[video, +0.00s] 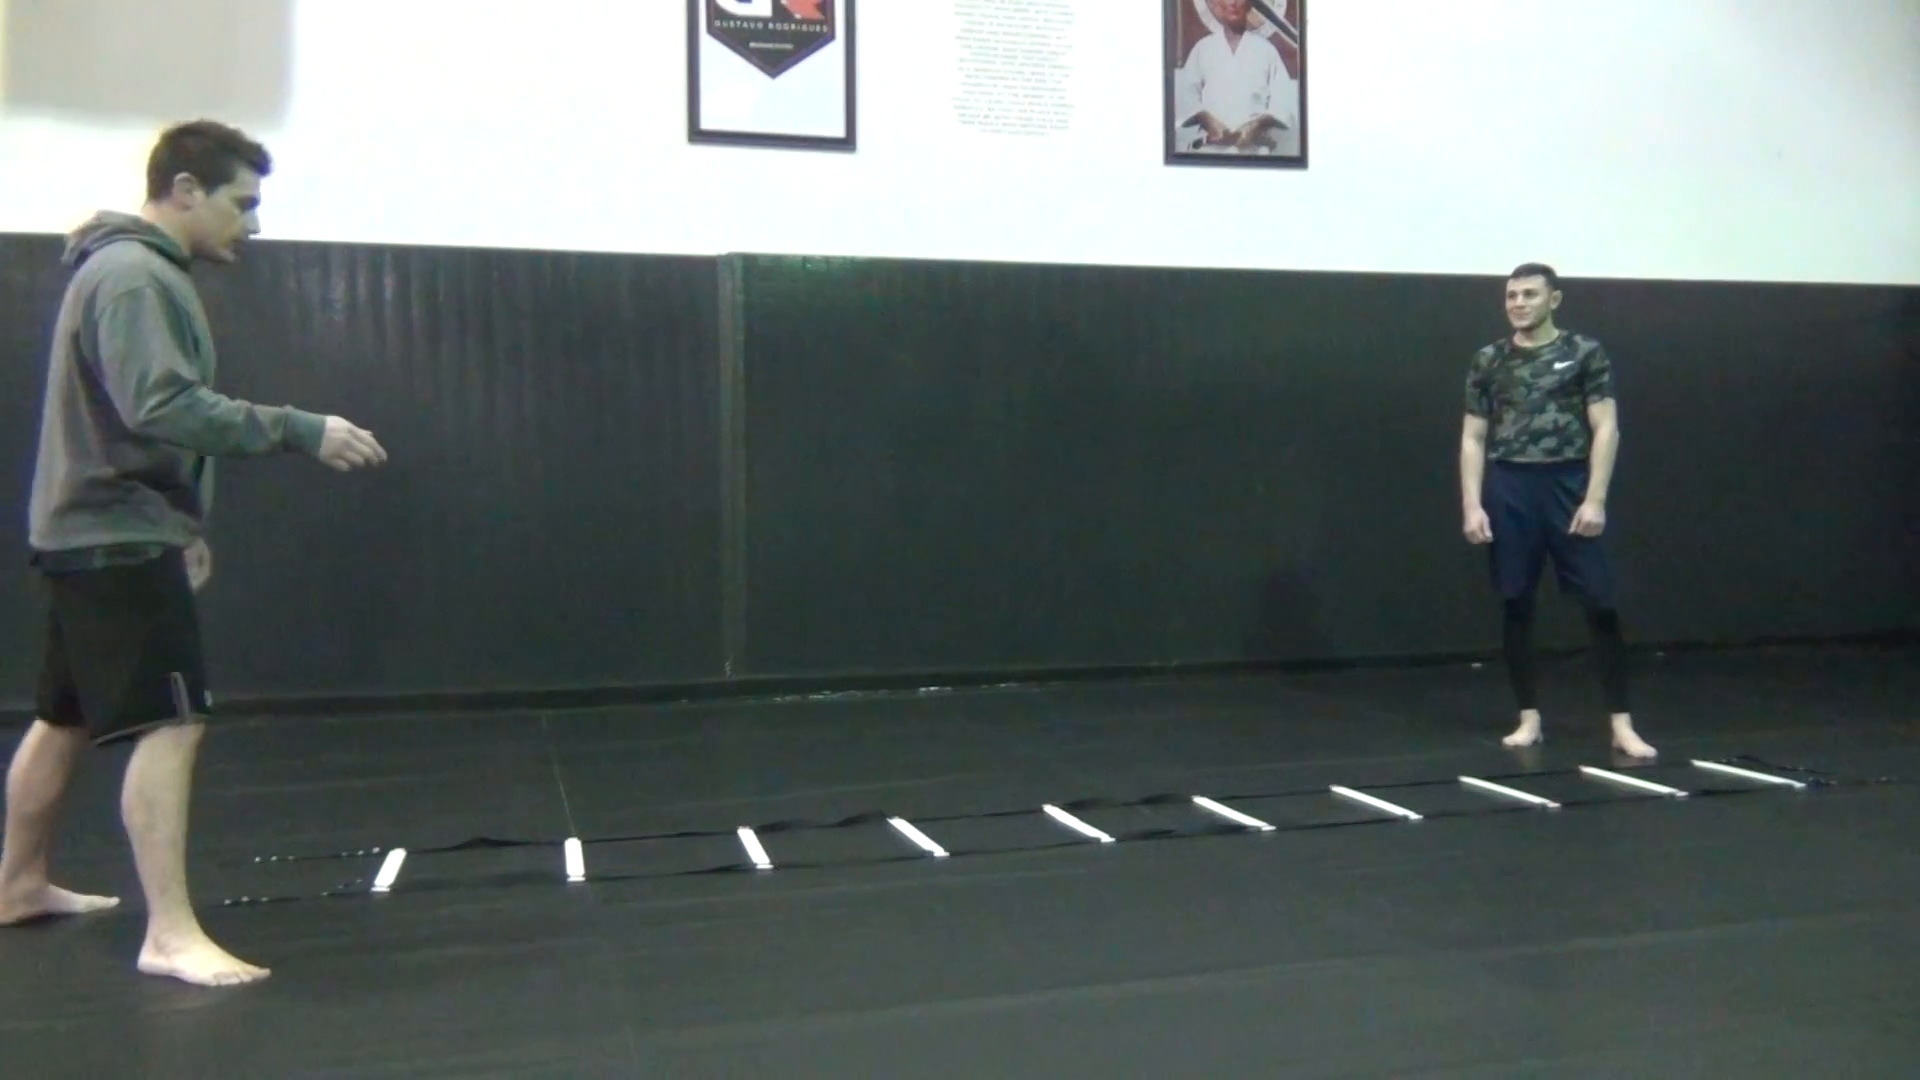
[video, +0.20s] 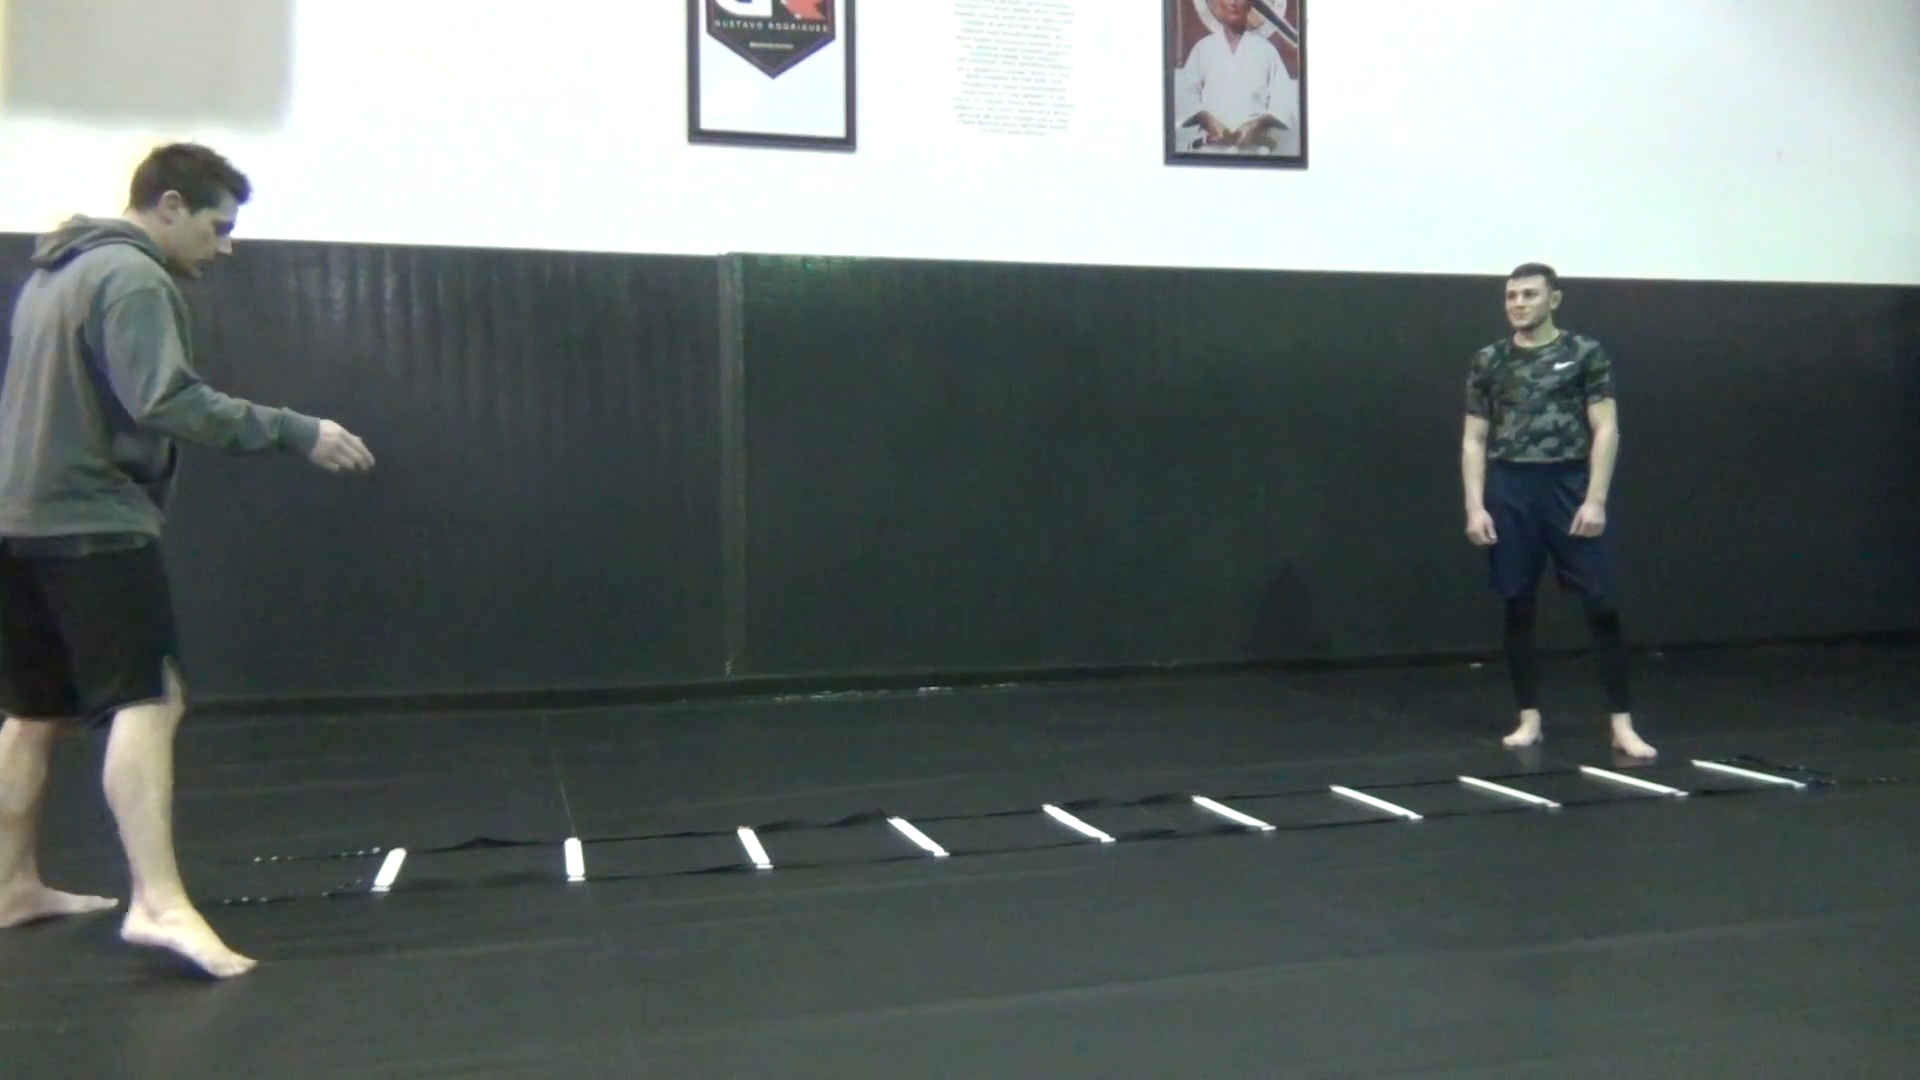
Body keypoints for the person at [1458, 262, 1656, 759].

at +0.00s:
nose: (1518, 303)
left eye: (1529, 295)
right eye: (1512, 296)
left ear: (1554, 299)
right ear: (1505, 302)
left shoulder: (1585, 353)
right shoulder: (1488, 360)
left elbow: (1605, 427)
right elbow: (1473, 437)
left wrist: (1595, 498)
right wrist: (1471, 504)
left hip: (1570, 489)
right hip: (1508, 490)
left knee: (1601, 603)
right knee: (1515, 603)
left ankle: (1620, 723)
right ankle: (1528, 717)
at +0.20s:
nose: (1518, 304)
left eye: (1529, 295)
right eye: (1512, 296)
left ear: (1554, 299)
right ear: (1505, 303)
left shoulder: (1586, 353)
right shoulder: (1488, 361)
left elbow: (1605, 428)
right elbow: (1474, 439)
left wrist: (1596, 498)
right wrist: (1474, 506)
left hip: (1571, 490)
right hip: (1509, 491)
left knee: (1602, 603)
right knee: (1517, 605)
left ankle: (1621, 723)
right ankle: (1528, 717)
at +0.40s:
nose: (1518, 304)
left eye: (1529, 295)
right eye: (1511, 297)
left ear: (1553, 299)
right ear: (1504, 303)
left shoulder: (1586, 353)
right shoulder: (1489, 361)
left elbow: (1605, 428)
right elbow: (1474, 438)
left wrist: (1596, 499)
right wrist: (1475, 507)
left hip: (1571, 490)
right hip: (1510, 492)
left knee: (1602, 604)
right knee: (1516, 605)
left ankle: (1621, 724)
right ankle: (1528, 717)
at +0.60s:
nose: (1516, 304)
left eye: (1528, 295)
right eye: (1510, 297)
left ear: (1553, 299)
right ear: (1504, 303)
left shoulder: (1586, 353)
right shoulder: (1489, 361)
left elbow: (1605, 429)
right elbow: (1475, 438)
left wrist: (1595, 499)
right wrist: (1475, 506)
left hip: (1571, 490)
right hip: (1509, 491)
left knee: (1602, 604)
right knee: (1515, 604)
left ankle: (1621, 723)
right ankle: (1528, 717)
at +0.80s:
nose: (1516, 305)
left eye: (1527, 296)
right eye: (1510, 297)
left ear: (1553, 299)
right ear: (1504, 303)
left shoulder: (1586, 353)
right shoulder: (1489, 361)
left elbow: (1604, 428)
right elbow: (1475, 438)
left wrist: (1595, 499)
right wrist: (1475, 506)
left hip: (1570, 490)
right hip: (1509, 491)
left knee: (1602, 603)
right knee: (1516, 604)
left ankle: (1621, 722)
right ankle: (1528, 717)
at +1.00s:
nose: (1516, 305)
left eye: (1527, 296)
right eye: (1510, 298)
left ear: (1552, 299)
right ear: (1503, 304)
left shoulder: (1585, 353)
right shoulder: (1489, 361)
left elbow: (1604, 428)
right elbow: (1475, 438)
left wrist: (1595, 499)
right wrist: (1475, 506)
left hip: (1570, 490)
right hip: (1509, 491)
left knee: (1601, 603)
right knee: (1515, 605)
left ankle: (1621, 724)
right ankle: (1528, 718)